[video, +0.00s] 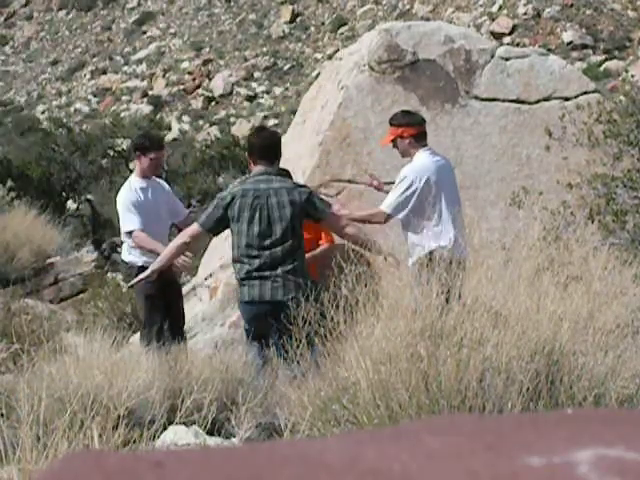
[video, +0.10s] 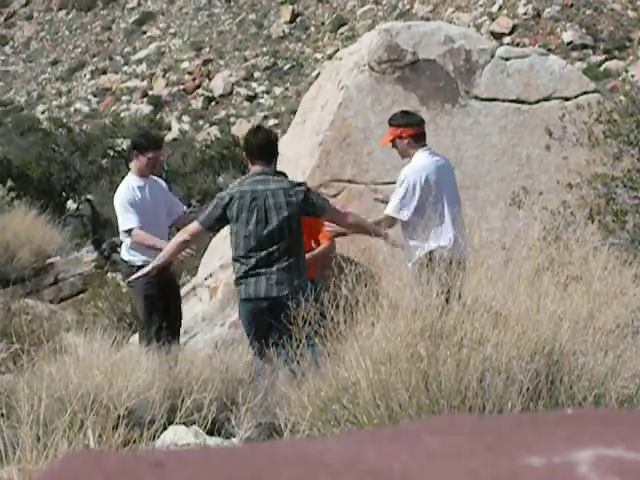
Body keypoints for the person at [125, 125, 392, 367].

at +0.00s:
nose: (253, 163)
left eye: (250, 158)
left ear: (249, 159)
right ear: (280, 156)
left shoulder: (234, 194)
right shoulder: (298, 192)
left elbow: (189, 236)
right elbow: (342, 228)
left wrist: (154, 269)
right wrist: (376, 248)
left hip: (252, 296)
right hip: (292, 292)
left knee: (260, 362)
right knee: (304, 361)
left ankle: (263, 418)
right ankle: (314, 417)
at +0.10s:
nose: (255, 161)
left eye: (248, 157)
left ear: (247, 158)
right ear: (277, 155)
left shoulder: (232, 194)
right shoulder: (295, 191)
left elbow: (189, 236)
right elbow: (340, 219)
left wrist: (155, 266)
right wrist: (375, 229)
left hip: (252, 296)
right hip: (293, 291)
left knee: (266, 363)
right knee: (307, 359)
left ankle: (272, 420)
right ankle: (318, 417)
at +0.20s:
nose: (252, 168)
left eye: (246, 164)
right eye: (265, 162)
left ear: (244, 166)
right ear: (274, 162)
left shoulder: (230, 203)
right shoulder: (293, 196)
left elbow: (189, 228)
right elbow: (340, 207)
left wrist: (156, 244)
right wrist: (382, 206)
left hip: (252, 299)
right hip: (292, 294)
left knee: (265, 366)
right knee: (308, 360)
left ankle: (272, 420)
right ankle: (317, 416)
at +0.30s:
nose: (266, 156)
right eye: (268, 150)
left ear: (243, 157)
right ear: (272, 152)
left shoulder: (229, 192)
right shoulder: (289, 185)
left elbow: (195, 202)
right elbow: (337, 185)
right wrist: (375, 172)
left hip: (254, 287)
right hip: (292, 281)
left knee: (261, 357)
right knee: (308, 348)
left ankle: (268, 416)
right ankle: (317, 409)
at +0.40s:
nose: (268, 135)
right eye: (270, 129)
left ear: (244, 135)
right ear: (274, 132)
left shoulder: (230, 169)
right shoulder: (290, 162)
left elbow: (194, 171)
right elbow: (338, 154)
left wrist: (175, 155)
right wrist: (376, 133)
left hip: (253, 261)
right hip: (290, 254)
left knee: (263, 324)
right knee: (304, 317)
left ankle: (271, 387)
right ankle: (316, 375)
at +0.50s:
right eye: (275, 120)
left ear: (248, 124)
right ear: (277, 122)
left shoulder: (234, 159)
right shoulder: (291, 152)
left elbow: (193, 164)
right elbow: (336, 142)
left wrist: (174, 140)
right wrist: (372, 114)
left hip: (257, 253)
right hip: (293, 248)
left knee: (268, 322)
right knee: (306, 312)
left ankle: (285, 382)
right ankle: (321, 372)